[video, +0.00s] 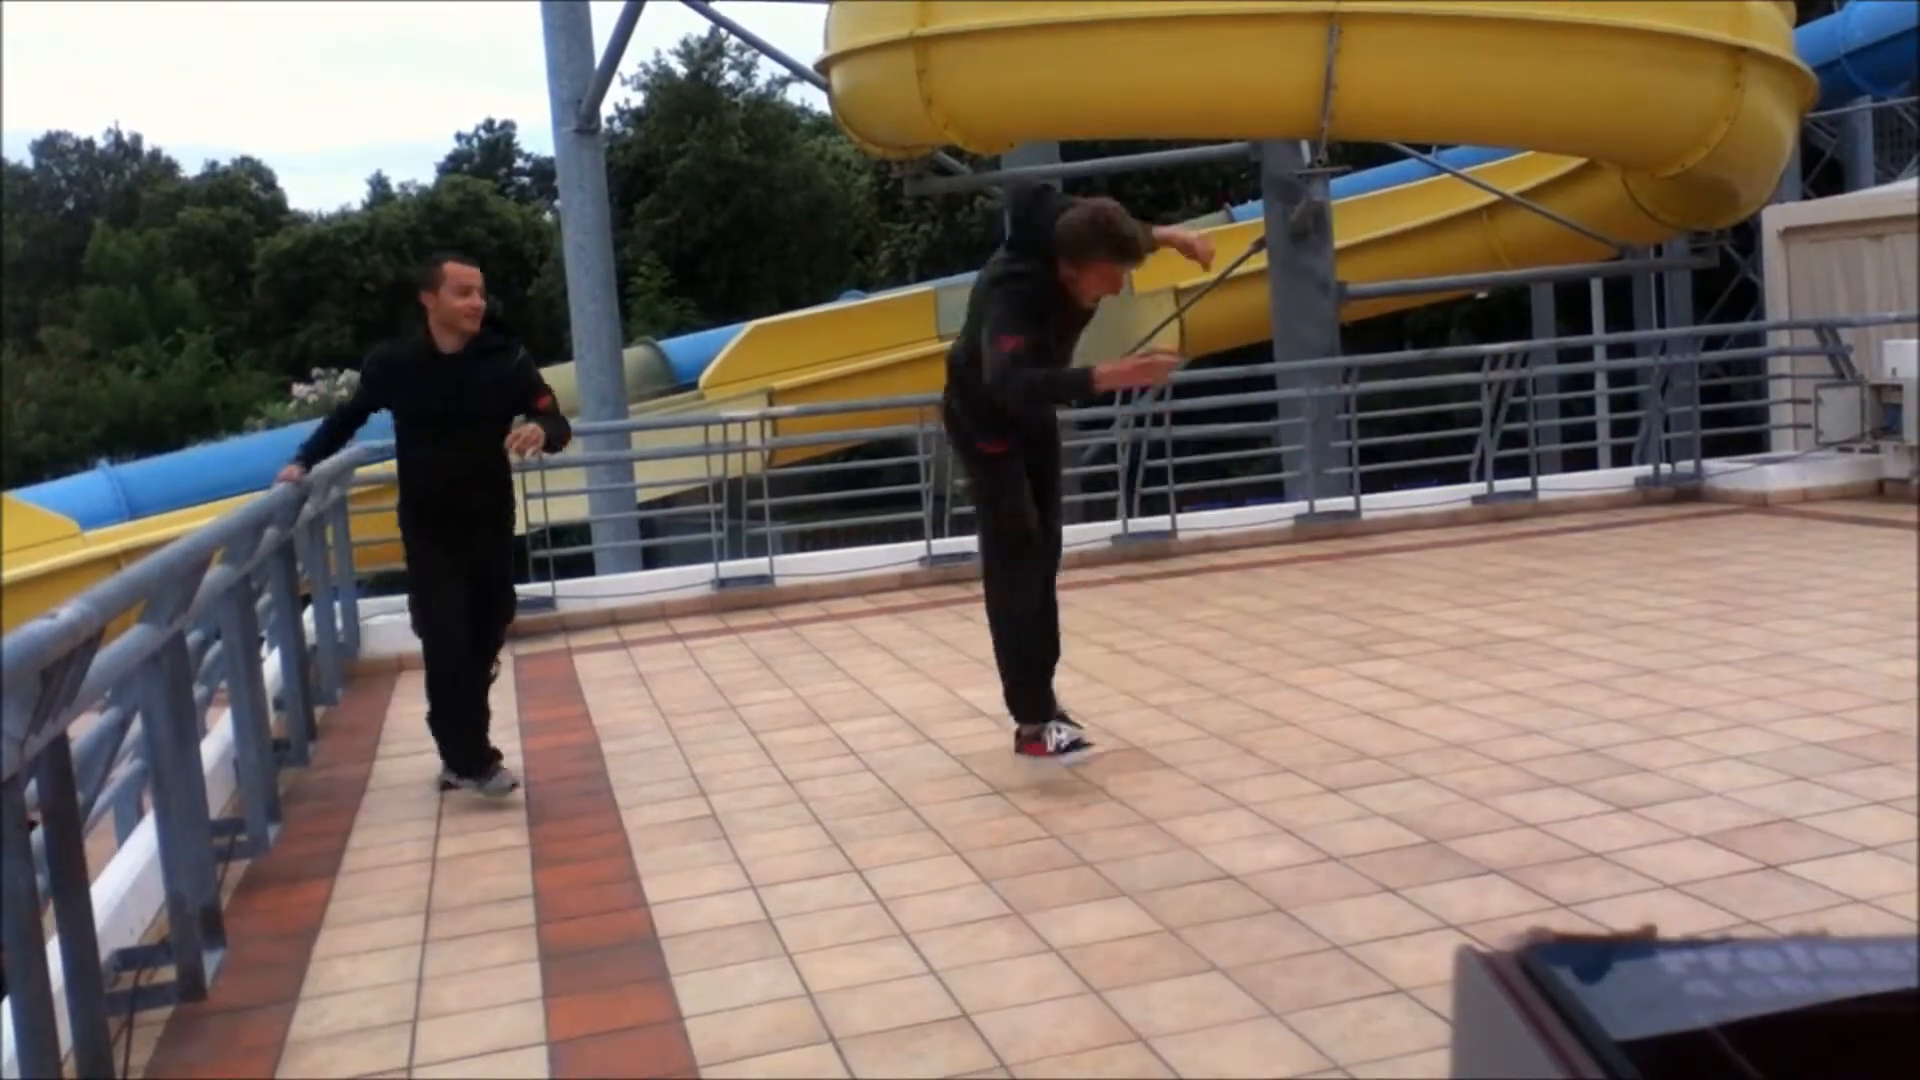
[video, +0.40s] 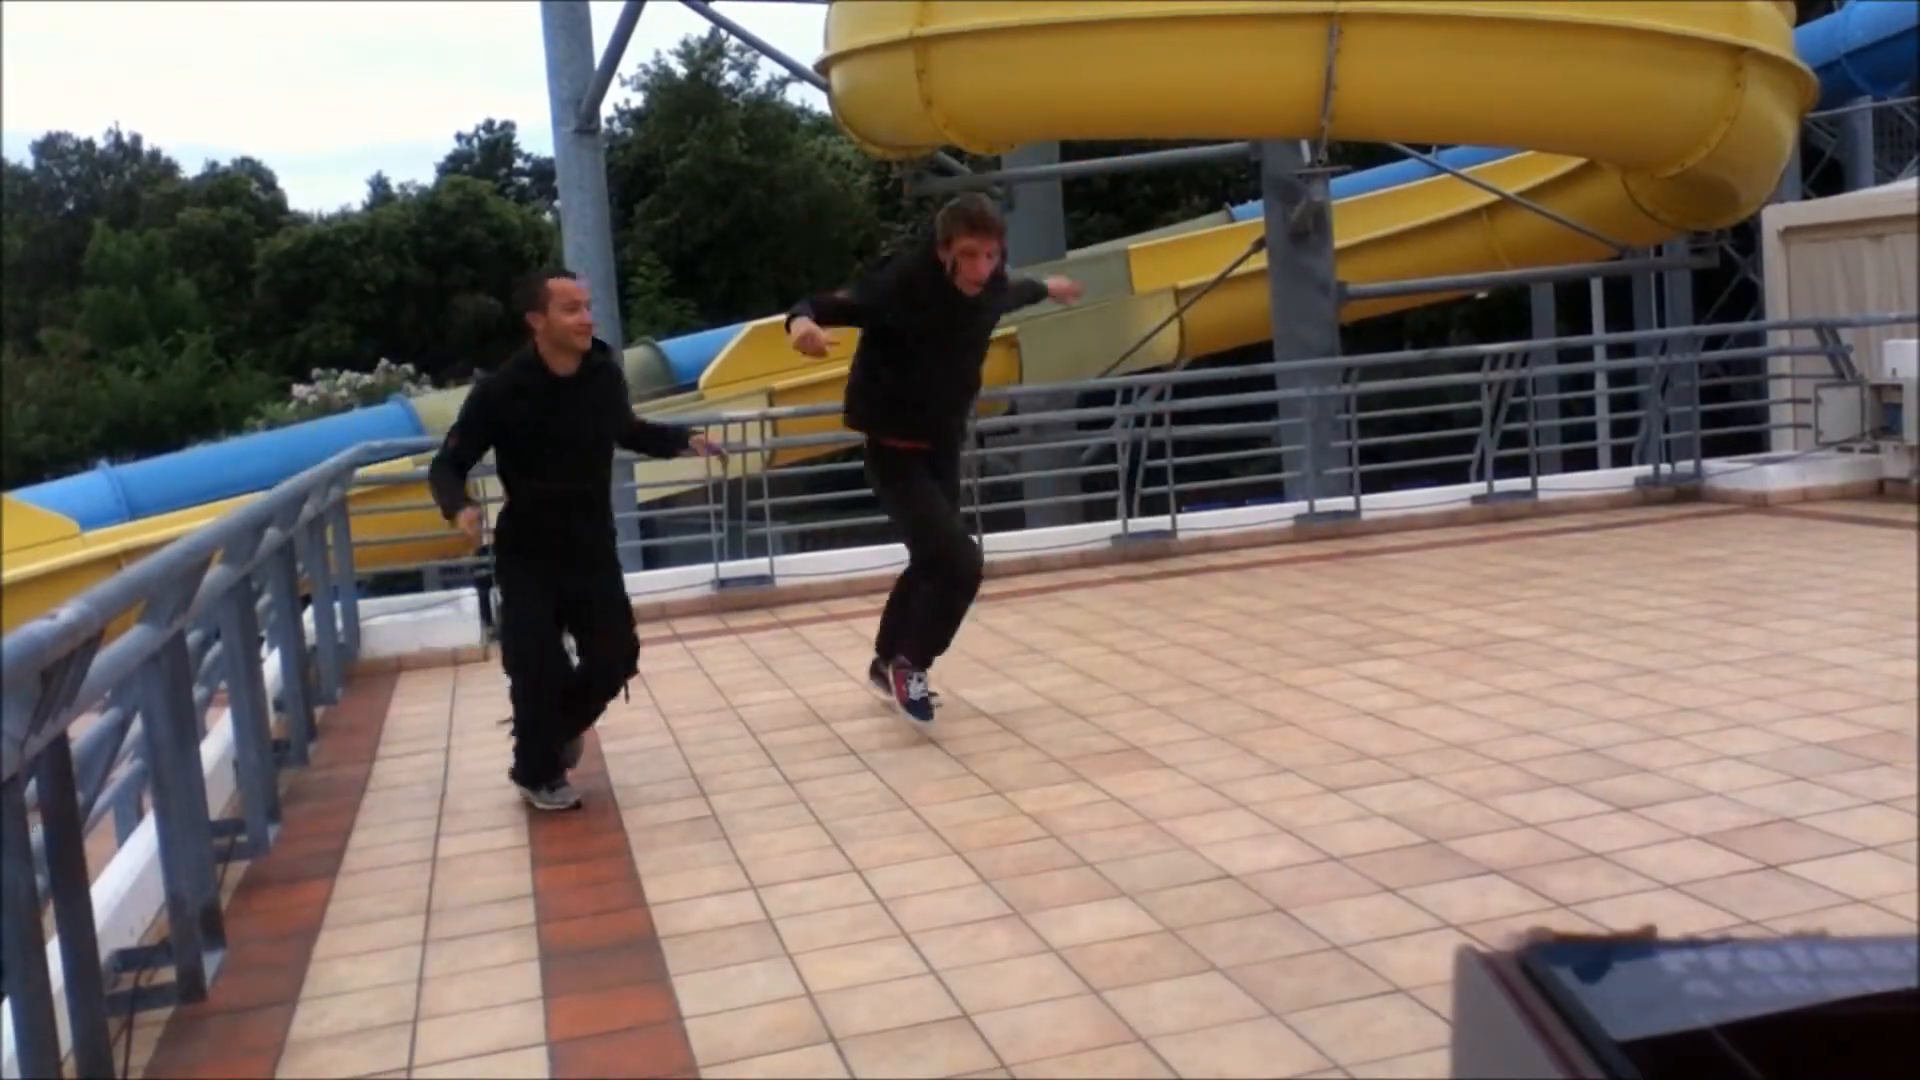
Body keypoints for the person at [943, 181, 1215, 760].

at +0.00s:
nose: (1111, 291)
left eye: (1117, 281)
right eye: (1104, 282)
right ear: (1069, 267)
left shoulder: (1070, 237)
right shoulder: (1011, 290)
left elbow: (1113, 231)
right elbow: (1010, 384)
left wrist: (1165, 236)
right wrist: (1101, 379)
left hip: (1035, 409)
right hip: (985, 416)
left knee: (1043, 552)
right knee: (1014, 553)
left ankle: (1043, 708)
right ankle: (1031, 723)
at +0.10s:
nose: (1087, 233)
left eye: (1093, 221)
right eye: (1079, 221)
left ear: (1092, 205)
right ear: (1048, 206)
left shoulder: (1050, 200)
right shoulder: (988, 228)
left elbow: (1105, 178)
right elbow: (941, 286)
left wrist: (1164, 169)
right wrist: (1018, 259)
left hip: (996, 372)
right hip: (943, 383)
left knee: (1024, 510)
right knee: (979, 518)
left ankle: (1012, 639)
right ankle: (984, 672)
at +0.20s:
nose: (1049, 212)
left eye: (1057, 199)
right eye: (1039, 199)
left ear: (1061, 187)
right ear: (1008, 186)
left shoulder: (1027, 195)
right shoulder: (950, 212)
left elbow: (1060, 165)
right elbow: (870, 244)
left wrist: (1115, 157)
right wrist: (897, 217)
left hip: (974, 363)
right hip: (922, 371)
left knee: (1005, 508)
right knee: (975, 507)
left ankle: (964, 624)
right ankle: (943, 641)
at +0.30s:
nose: (1009, 224)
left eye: (1017, 212)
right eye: (999, 212)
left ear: (1027, 203)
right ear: (972, 201)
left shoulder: (1013, 224)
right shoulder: (928, 223)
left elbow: (1044, 209)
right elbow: (873, 244)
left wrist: (1073, 192)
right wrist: (833, 236)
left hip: (960, 395)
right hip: (909, 397)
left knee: (970, 521)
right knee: (962, 519)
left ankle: (920, 626)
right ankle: (924, 634)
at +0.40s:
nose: (982, 268)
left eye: (990, 256)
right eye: (972, 255)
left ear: (999, 254)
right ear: (947, 250)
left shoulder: (993, 289)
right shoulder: (908, 280)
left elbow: (1020, 292)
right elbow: (828, 306)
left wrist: (1050, 288)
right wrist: (802, 321)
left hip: (941, 451)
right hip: (891, 450)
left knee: (931, 560)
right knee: (960, 562)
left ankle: (889, 661)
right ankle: (910, 663)